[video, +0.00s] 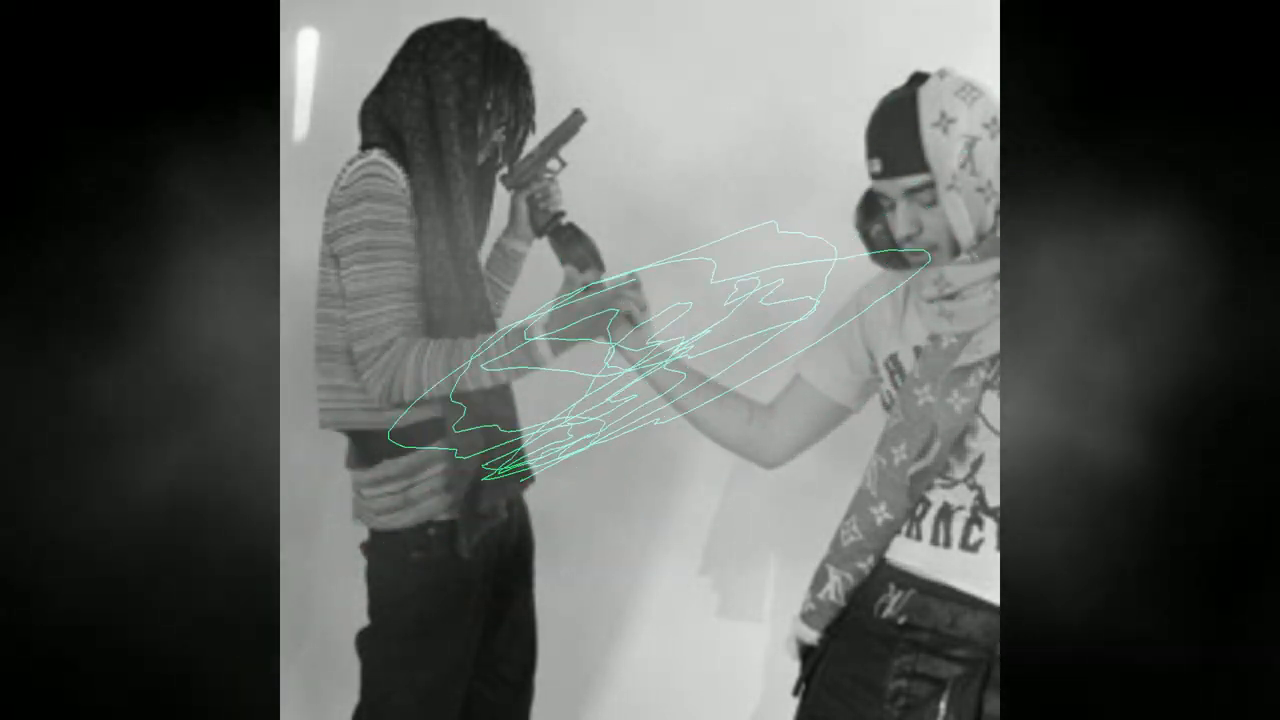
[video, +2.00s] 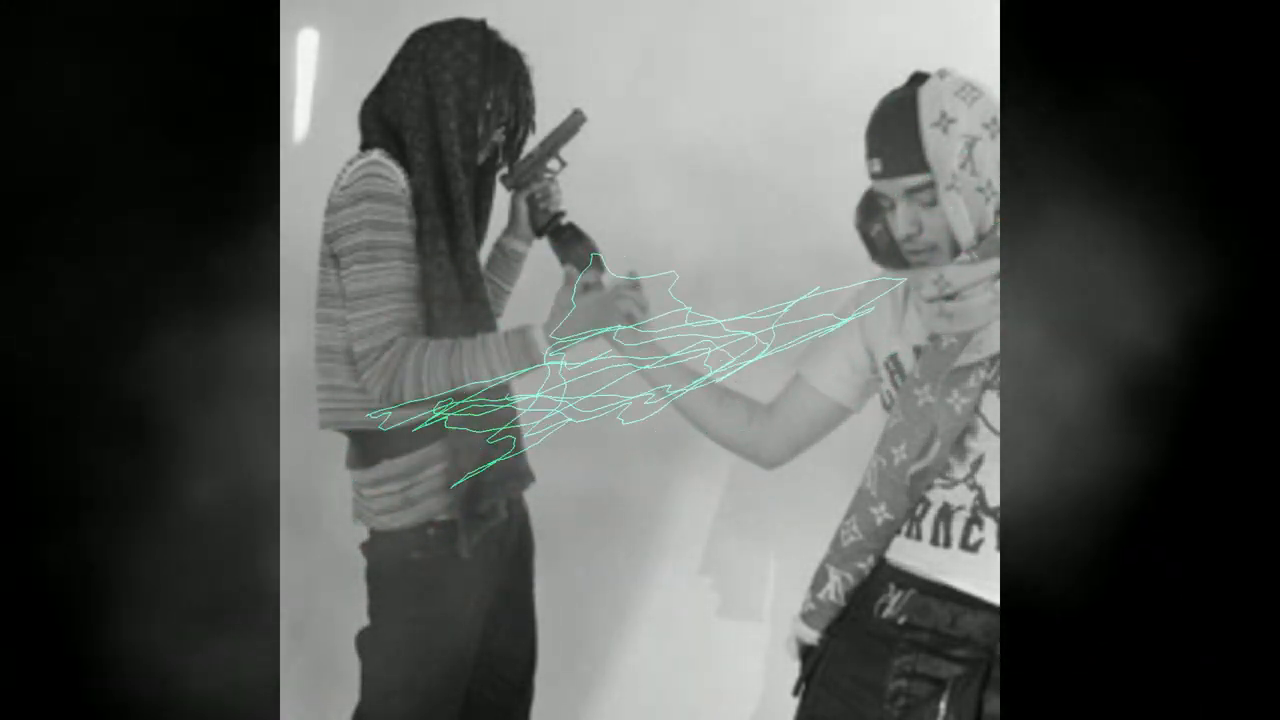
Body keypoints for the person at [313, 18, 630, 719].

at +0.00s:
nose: (499, 146)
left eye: (506, 127)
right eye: (494, 122)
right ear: (451, 109)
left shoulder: (428, 193)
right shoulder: (377, 182)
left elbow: (461, 332)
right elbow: (389, 368)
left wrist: (518, 235)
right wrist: (550, 335)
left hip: (484, 483)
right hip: (421, 495)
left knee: (498, 697)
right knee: (413, 701)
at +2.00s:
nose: (496, 143)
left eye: (503, 125)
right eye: (491, 120)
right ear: (449, 108)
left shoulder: (426, 191)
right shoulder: (376, 183)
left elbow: (463, 332)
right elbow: (386, 370)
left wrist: (518, 233)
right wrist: (550, 337)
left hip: (489, 509)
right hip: (425, 527)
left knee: (501, 702)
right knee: (408, 707)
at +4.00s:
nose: (499, 148)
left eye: (505, 127)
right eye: (492, 123)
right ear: (449, 108)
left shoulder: (427, 192)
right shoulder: (377, 182)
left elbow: (461, 333)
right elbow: (389, 371)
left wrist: (517, 236)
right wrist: (538, 343)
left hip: (488, 505)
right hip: (425, 522)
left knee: (500, 701)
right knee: (413, 705)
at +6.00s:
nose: (499, 143)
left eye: (506, 125)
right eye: (493, 119)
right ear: (449, 107)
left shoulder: (426, 192)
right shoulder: (377, 182)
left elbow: (461, 333)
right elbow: (390, 369)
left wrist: (519, 234)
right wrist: (553, 337)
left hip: (489, 506)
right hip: (425, 520)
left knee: (499, 702)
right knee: (411, 705)